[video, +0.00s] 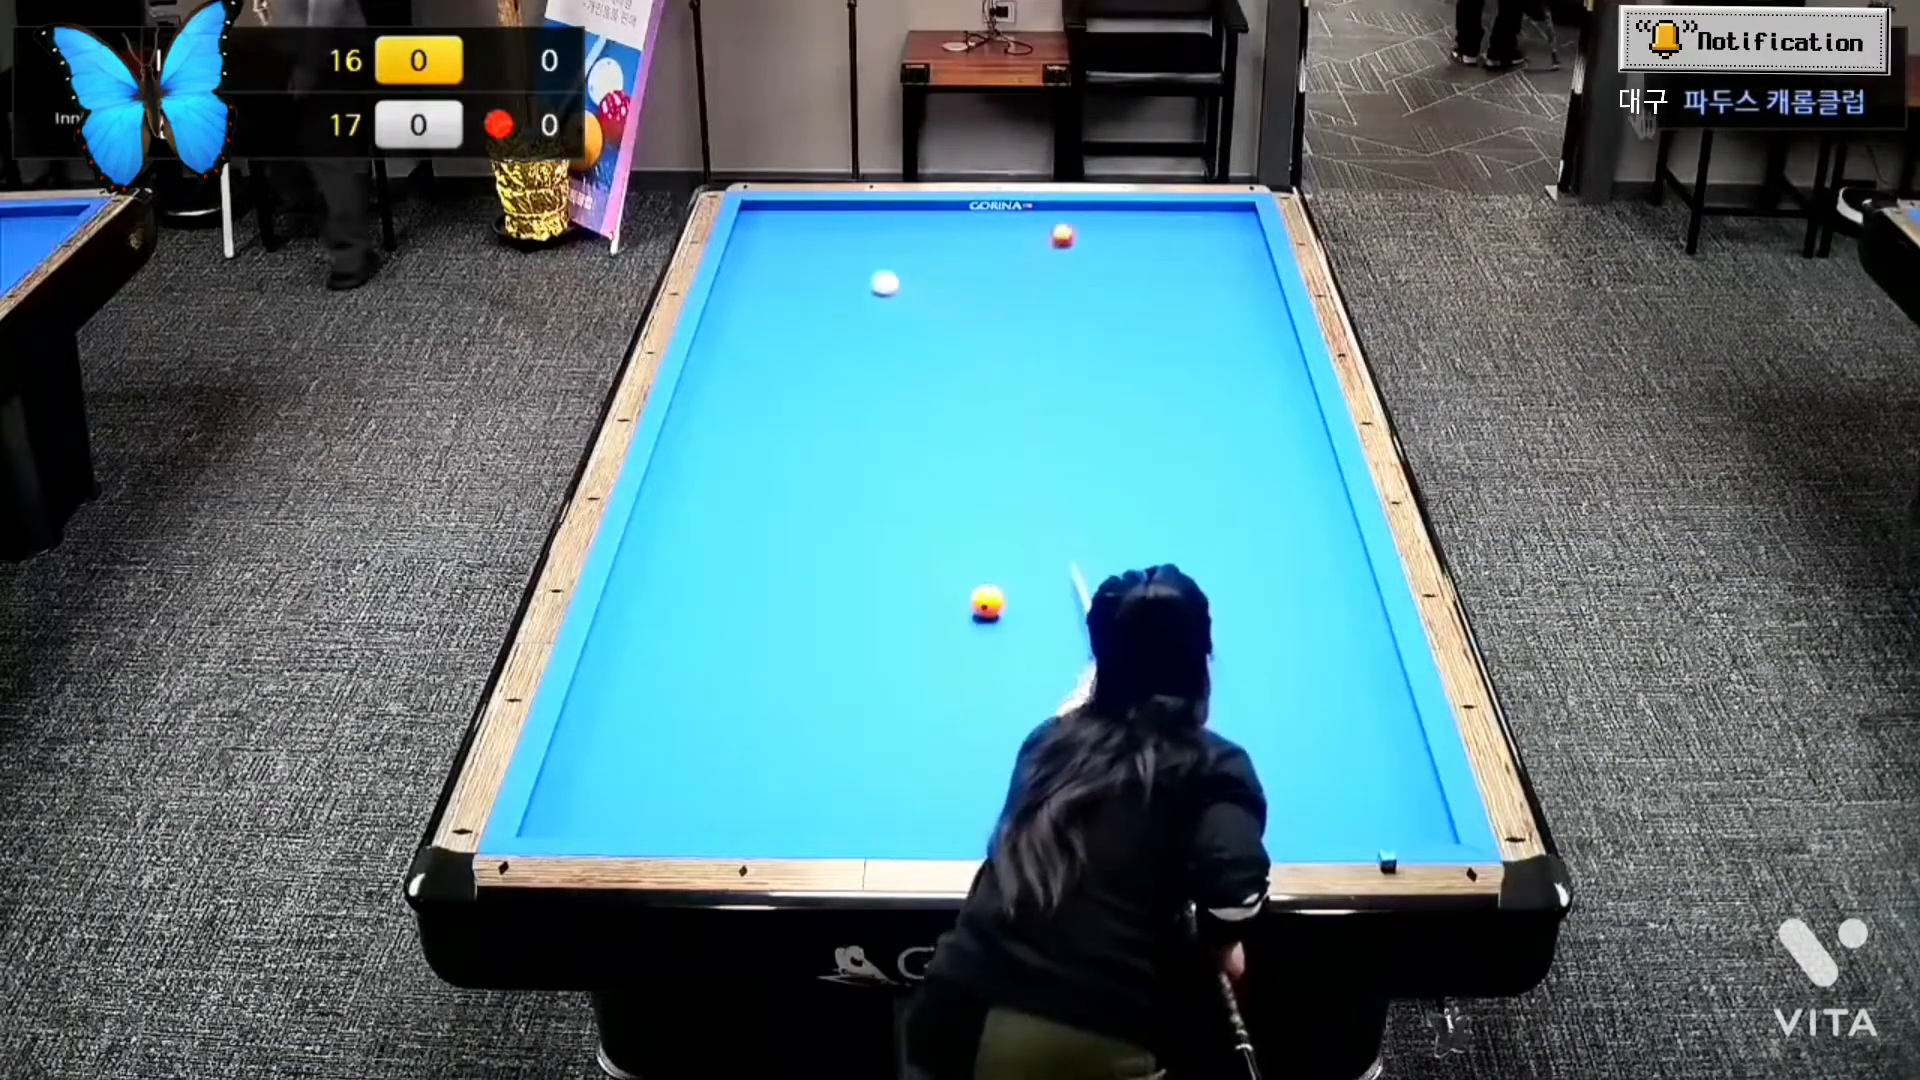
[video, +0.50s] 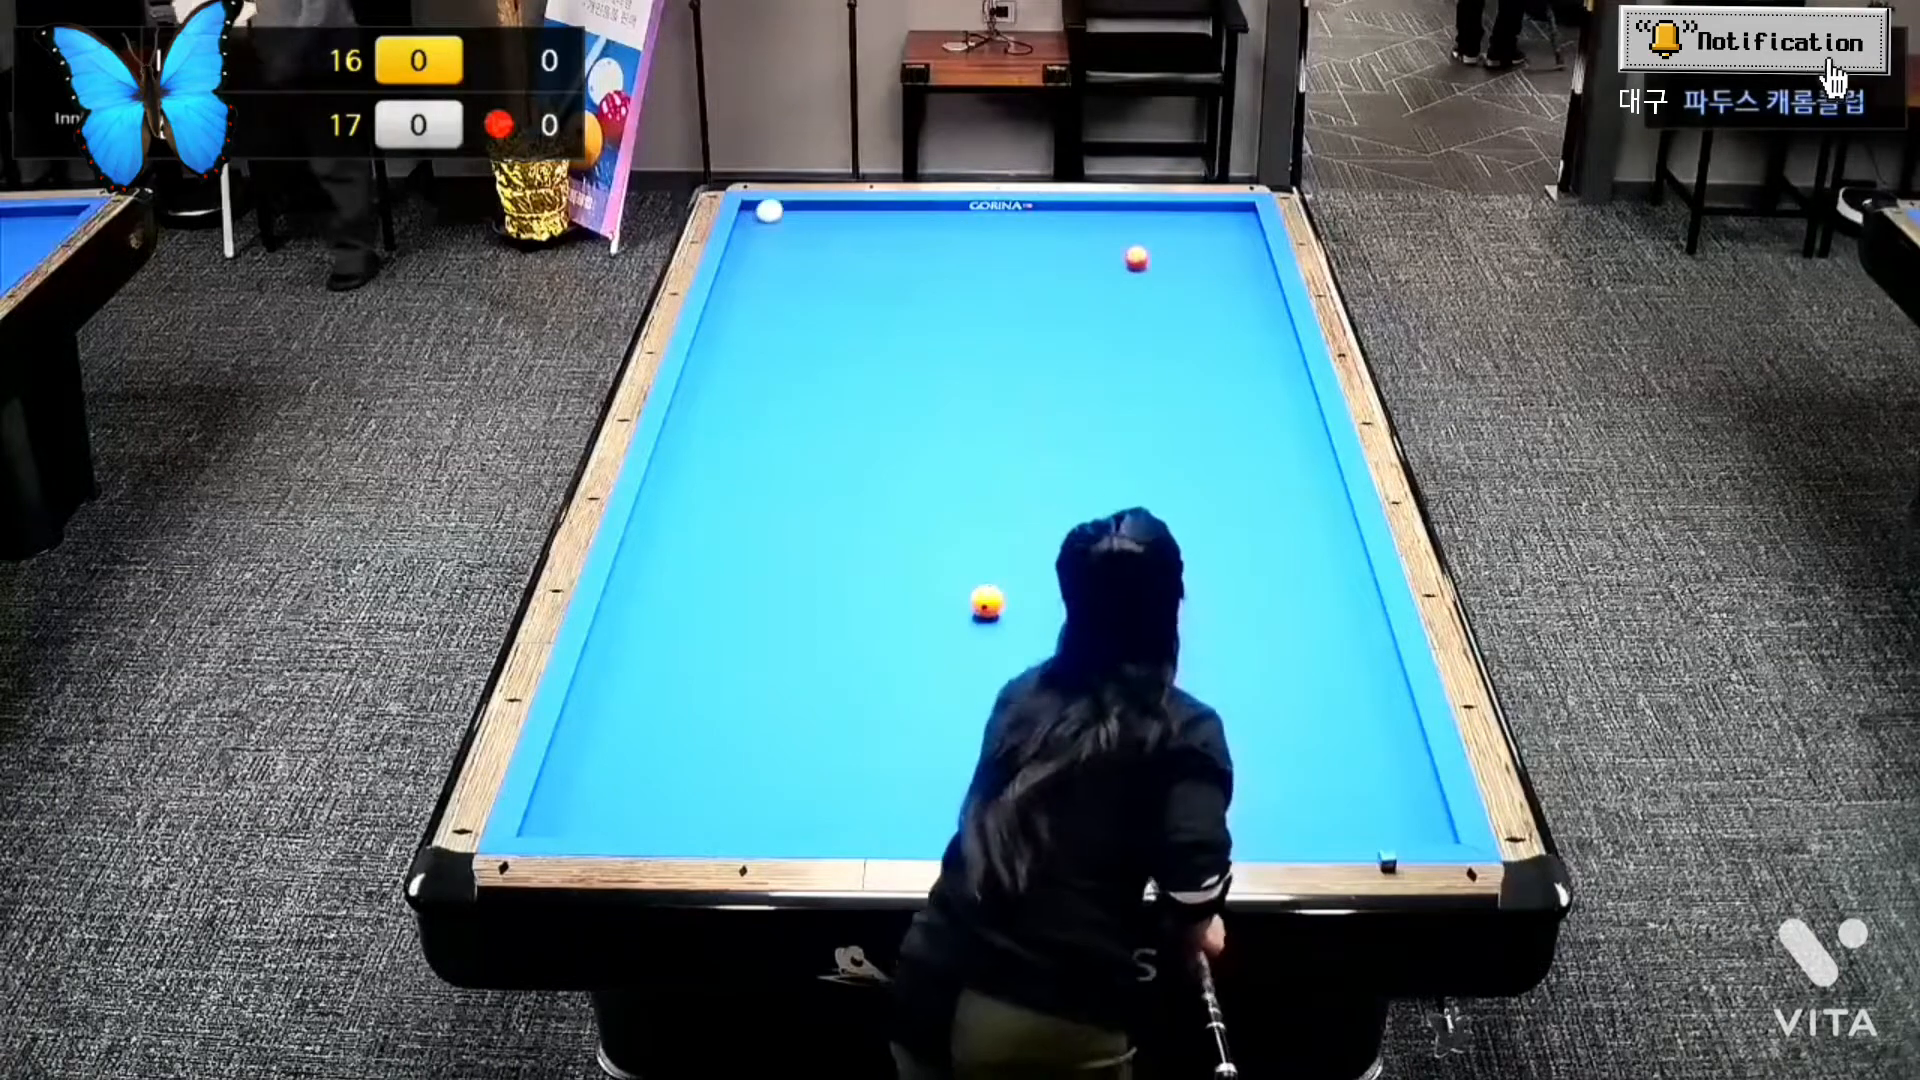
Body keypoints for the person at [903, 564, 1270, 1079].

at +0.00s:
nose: (1208, 660)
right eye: (1203, 648)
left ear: (1103, 656)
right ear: (1196, 658)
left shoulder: (1049, 740)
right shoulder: (1217, 764)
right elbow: (1232, 874)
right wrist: (1223, 943)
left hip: (988, 1012)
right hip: (1112, 1029)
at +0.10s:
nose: (1205, 654)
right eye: (1200, 643)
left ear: (1101, 653)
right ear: (1194, 654)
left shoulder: (1047, 739)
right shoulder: (1214, 761)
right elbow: (1229, 872)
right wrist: (1222, 941)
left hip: (989, 1012)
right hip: (1114, 1027)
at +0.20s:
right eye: (1195, 637)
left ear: (1096, 645)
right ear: (1189, 649)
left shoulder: (1043, 732)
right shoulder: (1209, 755)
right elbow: (1223, 873)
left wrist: (1077, 704)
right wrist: (1220, 937)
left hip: (981, 1008)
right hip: (1109, 1023)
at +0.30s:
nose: (1194, 641)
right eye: (1189, 629)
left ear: (1089, 637)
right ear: (1183, 639)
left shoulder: (1036, 728)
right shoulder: (1201, 748)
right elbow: (1214, 872)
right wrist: (1213, 934)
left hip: (971, 1006)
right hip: (1100, 1018)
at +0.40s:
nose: (1185, 621)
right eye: (1181, 610)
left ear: (1080, 616)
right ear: (1173, 619)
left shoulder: (1026, 711)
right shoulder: (1192, 736)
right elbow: (1201, 880)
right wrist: (1201, 931)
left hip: (962, 1001)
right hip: (1086, 1015)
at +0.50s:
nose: (1181, 607)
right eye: (1177, 595)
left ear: (1075, 601)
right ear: (1167, 606)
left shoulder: (1020, 696)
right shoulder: (1186, 726)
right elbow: (1192, 873)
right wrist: (1199, 923)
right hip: (1069, 1016)